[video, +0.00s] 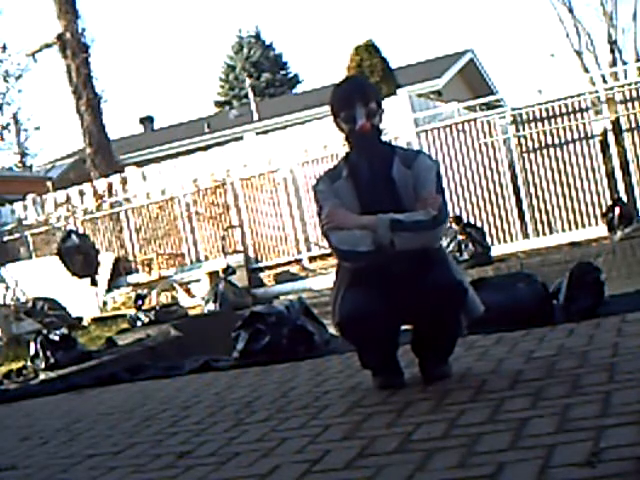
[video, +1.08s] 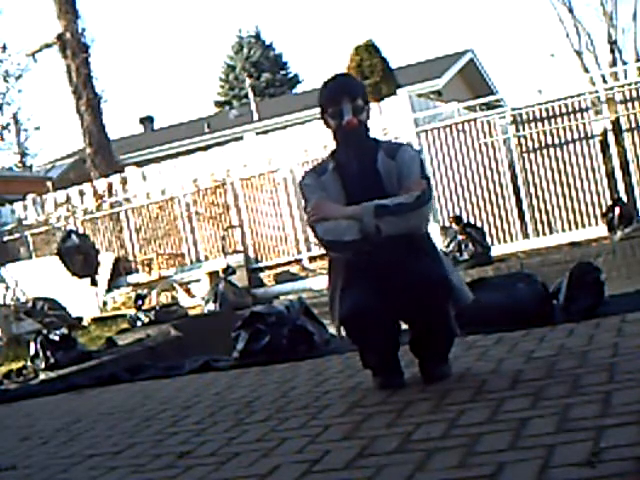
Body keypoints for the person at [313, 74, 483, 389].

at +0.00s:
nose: (362, 124)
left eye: (370, 112)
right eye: (350, 117)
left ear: (381, 112)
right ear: (338, 122)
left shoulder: (418, 164)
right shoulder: (328, 185)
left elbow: (434, 228)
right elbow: (345, 246)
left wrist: (359, 222)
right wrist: (414, 220)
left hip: (422, 265)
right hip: (365, 277)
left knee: (444, 293)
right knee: (359, 315)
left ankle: (434, 358)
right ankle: (384, 367)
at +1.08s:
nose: (349, 121)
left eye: (357, 109)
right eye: (337, 113)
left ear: (368, 110)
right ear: (326, 119)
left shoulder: (402, 156)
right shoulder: (315, 179)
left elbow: (419, 217)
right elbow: (329, 235)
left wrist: (344, 212)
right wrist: (399, 208)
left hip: (413, 260)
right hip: (359, 273)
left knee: (430, 292)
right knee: (362, 313)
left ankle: (434, 361)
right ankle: (385, 370)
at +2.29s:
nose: (356, 116)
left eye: (364, 105)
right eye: (345, 109)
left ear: (375, 106)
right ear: (332, 117)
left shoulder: (411, 156)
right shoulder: (325, 183)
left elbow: (430, 203)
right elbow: (335, 232)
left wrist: (350, 207)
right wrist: (400, 216)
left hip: (434, 264)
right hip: (372, 285)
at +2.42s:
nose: (361, 112)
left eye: (368, 101)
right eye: (348, 106)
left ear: (379, 103)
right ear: (336, 114)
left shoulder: (414, 153)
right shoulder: (323, 178)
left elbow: (430, 200)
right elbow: (341, 234)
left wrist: (353, 207)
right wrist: (407, 215)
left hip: (433, 263)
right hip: (376, 280)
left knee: (459, 290)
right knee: (397, 310)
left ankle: (475, 335)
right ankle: (401, 373)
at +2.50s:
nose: (365, 99)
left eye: (372, 88)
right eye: (353, 91)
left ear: (384, 90)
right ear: (340, 98)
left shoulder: (413, 138)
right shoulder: (324, 158)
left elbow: (430, 181)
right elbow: (332, 208)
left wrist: (353, 182)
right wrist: (404, 188)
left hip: (430, 250)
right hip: (373, 264)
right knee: (399, 307)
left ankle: (470, 336)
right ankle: (401, 373)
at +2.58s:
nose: (369, 91)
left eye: (377, 80)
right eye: (357, 84)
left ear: (389, 80)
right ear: (344, 91)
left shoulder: (420, 128)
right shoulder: (330, 149)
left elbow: (433, 171)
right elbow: (334, 197)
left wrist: (354, 169)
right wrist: (408, 170)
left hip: (430, 232)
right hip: (374, 247)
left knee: (441, 252)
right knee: (391, 278)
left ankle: (462, 347)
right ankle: (395, 357)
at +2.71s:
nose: (377, 104)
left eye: (385, 93)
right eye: (365, 97)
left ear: (397, 94)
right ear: (353, 104)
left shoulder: (434, 142)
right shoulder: (345, 165)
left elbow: (446, 190)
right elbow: (349, 215)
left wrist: (368, 188)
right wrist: (422, 199)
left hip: (441, 258)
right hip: (382, 270)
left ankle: (458, 364)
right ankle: (405, 376)